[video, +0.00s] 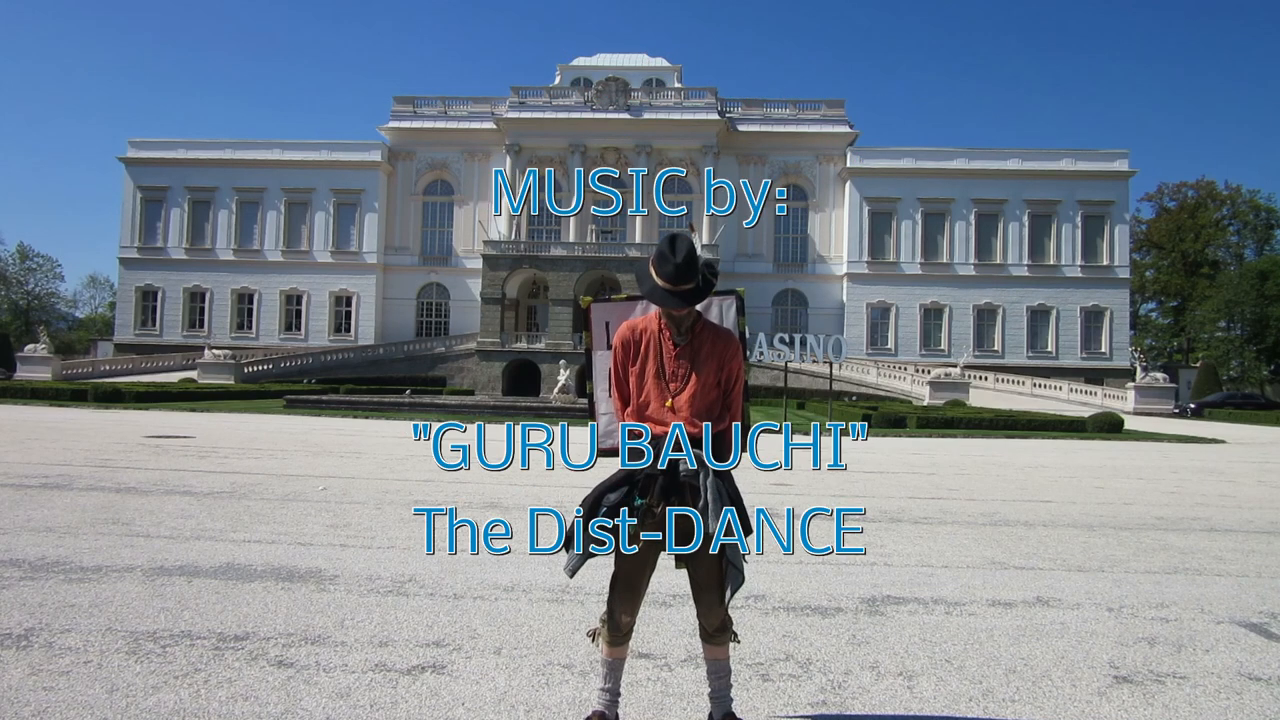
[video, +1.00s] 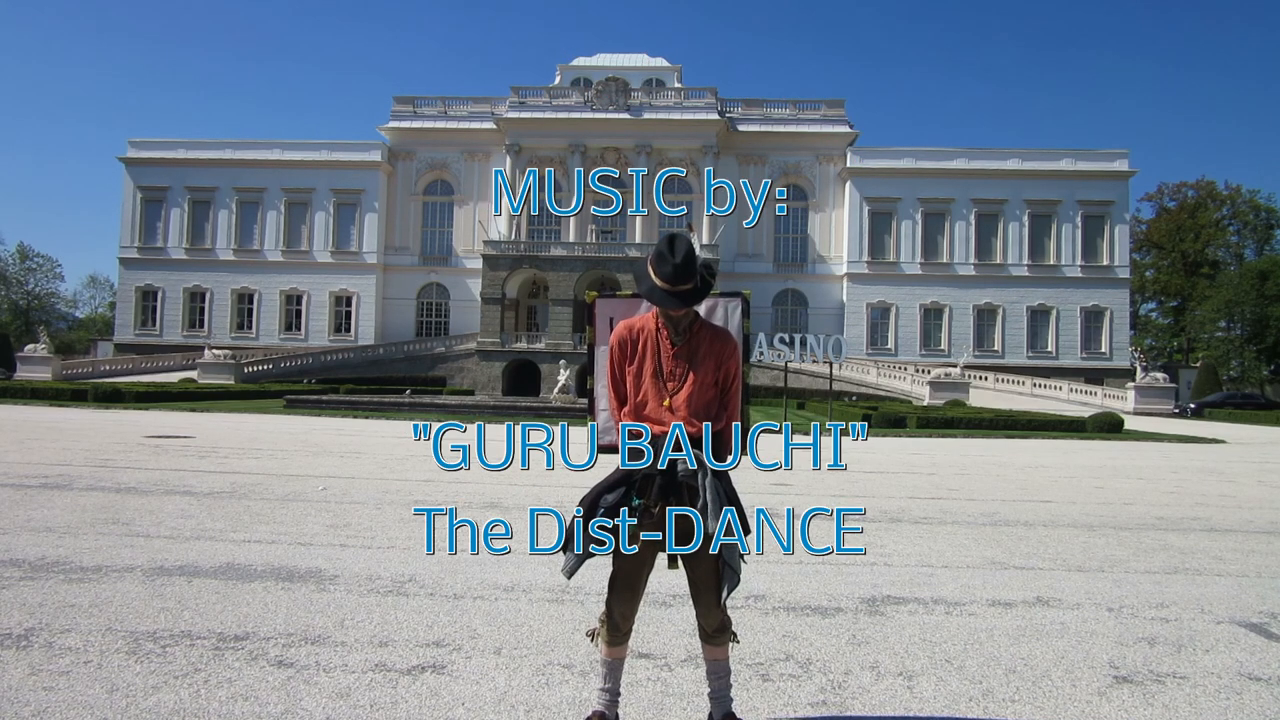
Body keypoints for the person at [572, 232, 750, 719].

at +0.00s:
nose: (680, 309)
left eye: (688, 299)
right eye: (670, 300)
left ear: (701, 291)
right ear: (655, 291)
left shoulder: (726, 345)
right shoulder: (629, 337)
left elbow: (733, 426)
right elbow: (622, 416)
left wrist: (702, 448)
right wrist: (659, 439)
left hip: (703, 494)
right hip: (644, 490)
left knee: (713, 607)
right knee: (622, 604)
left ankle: (721, 707)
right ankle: (607, 701)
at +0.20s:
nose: (677, 311)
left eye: (685, 302)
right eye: (668, 302)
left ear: (699, 294)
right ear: (653, 293)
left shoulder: (725, 345)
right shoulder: (628, 337)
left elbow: (732, 422)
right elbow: (622, 414)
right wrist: (650, 446)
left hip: (702, 490)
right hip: (644, 487)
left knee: (711, 603)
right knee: (624, 600)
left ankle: (722, 706)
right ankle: (607, 700)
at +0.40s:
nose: (677, 312)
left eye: (685, 303)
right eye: (667, 303)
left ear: (699, 293)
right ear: (653, 291)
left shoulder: (724, 345)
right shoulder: (628, 337)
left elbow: (732, 422)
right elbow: (622, 414)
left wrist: (706, 455)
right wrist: (657, 444)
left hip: (701, 491)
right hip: (644, 487)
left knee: (711, 603)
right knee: (623, 599)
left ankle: (722, 706)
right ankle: (607, 700)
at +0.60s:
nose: (677, 311)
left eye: (685, 302)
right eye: (668, 302)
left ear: (699, 294)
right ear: (653, 293)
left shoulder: (723, 344)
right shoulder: (627, 337)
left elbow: (731, 421)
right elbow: (621, 414)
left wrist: (710, 461)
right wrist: (653, 446)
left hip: (701, 490)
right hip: (644, 487)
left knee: (711, 603)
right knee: (623, 600)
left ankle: (722, 706)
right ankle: (607, 700)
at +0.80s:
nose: (676, 311)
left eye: (684, 302)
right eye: (667, 302)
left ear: (699, 294)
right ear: (653, 292)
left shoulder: (723, 345)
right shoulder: (626, 337)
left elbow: (730, 423)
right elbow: (620, 415)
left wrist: (706, 458)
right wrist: (649, 445)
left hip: (700, 489)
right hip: (643, 486)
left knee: (711, 603)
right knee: (623, 599)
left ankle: (722, 705)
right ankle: (607, 699)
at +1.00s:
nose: (677, 309)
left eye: (685, 300)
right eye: (668, 300)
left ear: (699, 292)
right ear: (652, 290)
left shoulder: (723, 344)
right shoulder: (626, 337)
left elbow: (730, 422)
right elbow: (619, 415)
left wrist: (707, 457)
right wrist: (650, 444)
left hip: (700, 488)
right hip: (642, 485)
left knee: (711, 602)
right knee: (622, 599)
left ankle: (722, 704)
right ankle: (608, 699)